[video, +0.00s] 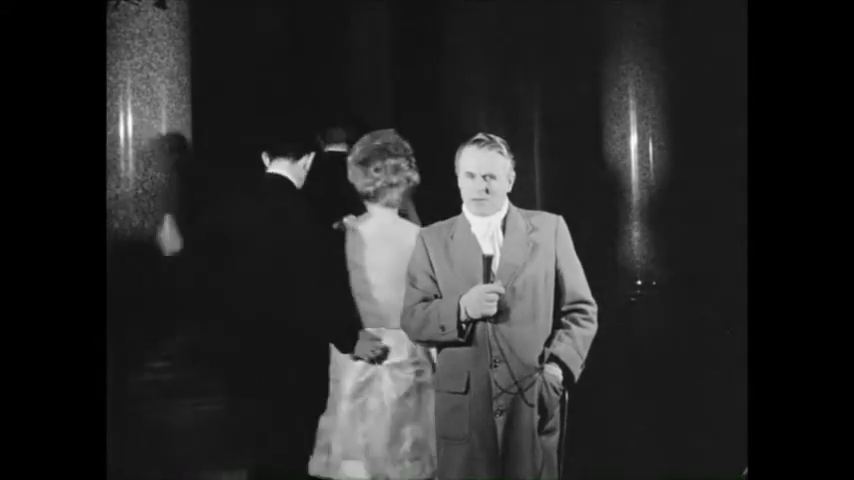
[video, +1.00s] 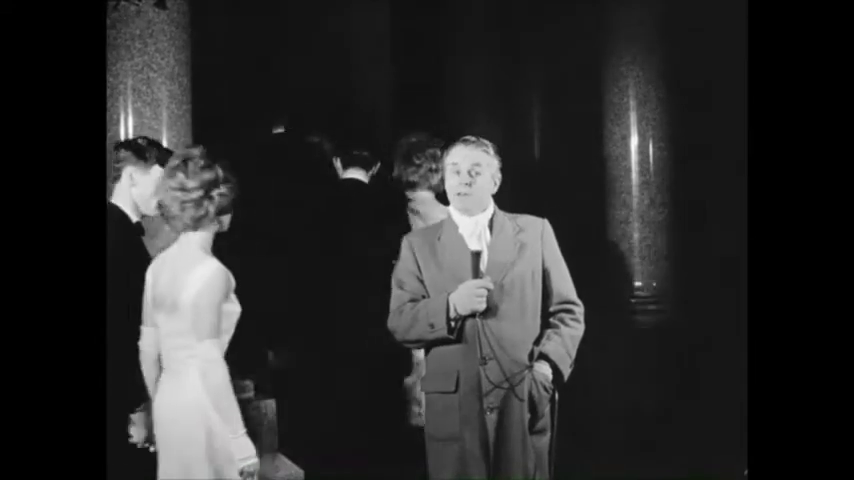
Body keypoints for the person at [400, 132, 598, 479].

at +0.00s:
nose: (480, 186)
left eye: (490, 177)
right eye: (471, 176)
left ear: (510, 180)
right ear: (458, 180)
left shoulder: (549, 230)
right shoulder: (431, 240)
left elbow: (580, 310)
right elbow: (413, 318)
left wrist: (557, 366)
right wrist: (461, 308)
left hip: (531, 397)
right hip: (461, 398)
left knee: (533, 474)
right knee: (460, 474)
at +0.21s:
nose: (479, 186)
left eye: (490, 176)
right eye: (470, 176)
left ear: (509, 180)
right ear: (457, 180)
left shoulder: (549, 229)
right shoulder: (430, 240)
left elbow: (579, 309)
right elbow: (412, 319)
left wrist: (557, 365)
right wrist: (460, 307)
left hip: (531, 396)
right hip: (461, 397)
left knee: (533, 474)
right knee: (461, 474)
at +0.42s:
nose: (474, 184)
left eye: (485, 174)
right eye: (465, 175)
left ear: (507, 179)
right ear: (454, 180)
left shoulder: (546, 230)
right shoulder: (428, 240)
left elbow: (577, 309)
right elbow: (408, 317)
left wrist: (554, 365)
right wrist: (457, 308)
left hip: (528, 396)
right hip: (458, 397)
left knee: (530, 474)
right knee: (458, 474)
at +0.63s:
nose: (469, 182)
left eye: (480, 173)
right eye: (461, 172)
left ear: (502, 180)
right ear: (450, 180)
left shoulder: (542, 231)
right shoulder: (423, 242)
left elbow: (573, 310)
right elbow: (406, 319)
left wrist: (551, 365)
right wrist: (454, 307)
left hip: (525, 397)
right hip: (455, 398)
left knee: (527, 474)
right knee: (454, 474)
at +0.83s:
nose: (466, 177)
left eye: (478, 168)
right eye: (457, 168)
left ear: (498, 180)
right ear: (445, 179)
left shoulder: (537, 232)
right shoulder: (420, 244)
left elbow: (569, 310)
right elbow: (401, 320)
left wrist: (548, 365)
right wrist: (450, 306)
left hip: (522, 397)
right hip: (451, 400)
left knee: (524, 475)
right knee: (453, 474)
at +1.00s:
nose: (464, 178)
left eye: (476, 169)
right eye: (455, 170)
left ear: (495, 181)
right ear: (443, 181)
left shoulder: (535, 232)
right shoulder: (417, 244)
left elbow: (567, 310)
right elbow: (400, 321)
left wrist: (547, 365)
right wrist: (449, 306)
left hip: (521, 396)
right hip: (450, 399)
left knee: (524, 475)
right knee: (454, 474)